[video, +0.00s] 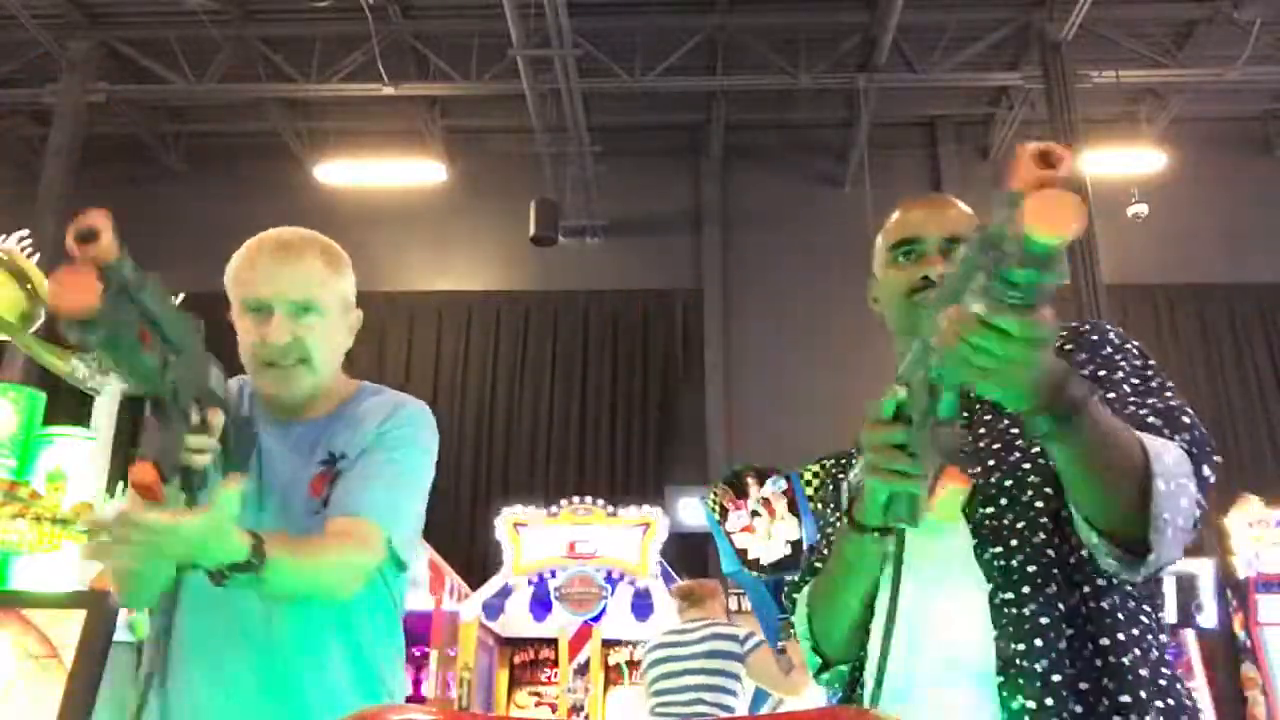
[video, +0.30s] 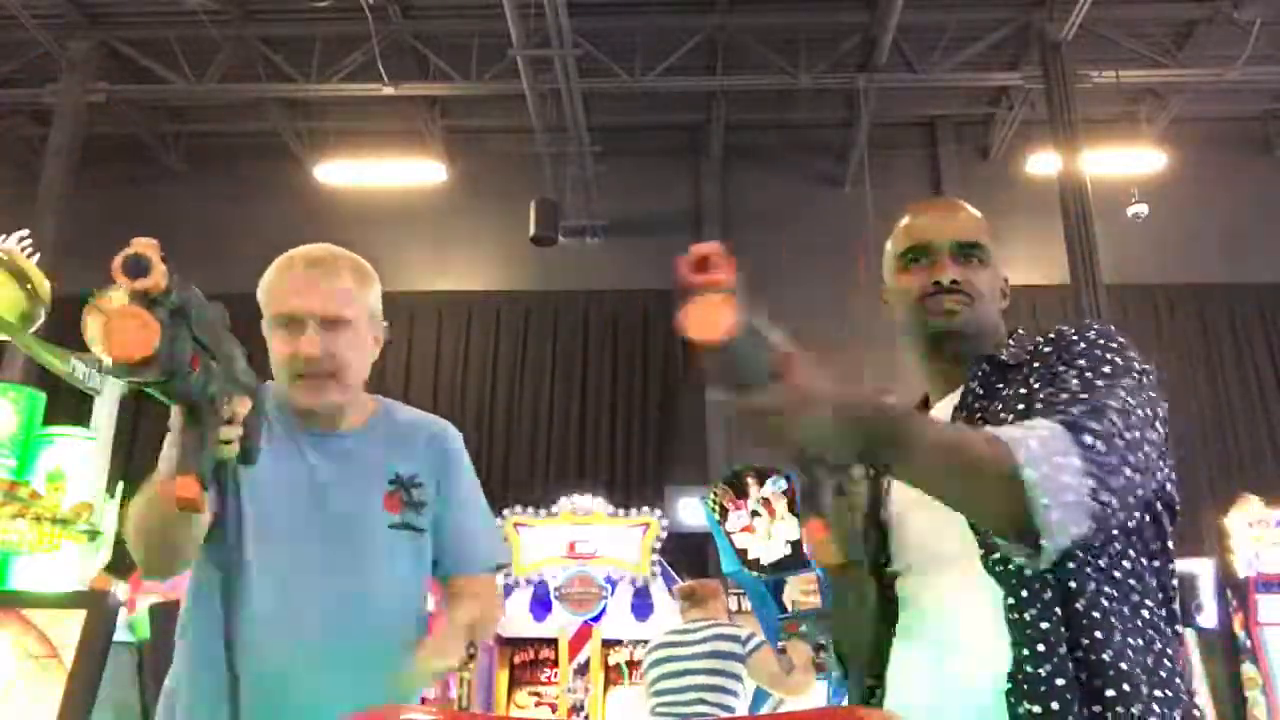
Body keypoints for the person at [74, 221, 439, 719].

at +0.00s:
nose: (277, 336)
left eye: (304, 312)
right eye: (258, 311)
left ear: (351, 323)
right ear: (234, 321)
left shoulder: (396, 424)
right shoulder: (202, 413)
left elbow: (345, 565)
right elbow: (132, 589)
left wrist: (228, 550)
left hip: (337, 711)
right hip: (193, 709)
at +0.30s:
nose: (309, 347)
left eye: (333, 324)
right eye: (289, 325)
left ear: (377, 338)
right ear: (265, 336)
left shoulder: (431, 448)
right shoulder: (221, 426)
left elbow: (477, 597)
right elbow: (157, 561)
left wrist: (430, 658)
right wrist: (185, 445)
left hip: (366, 708)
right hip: (218, 705)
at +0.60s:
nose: (227, 295)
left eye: (254, 271)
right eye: (206, 269)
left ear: (304, 290)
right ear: (181, 281)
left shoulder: (362, 411)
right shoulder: (134, 383)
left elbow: (385, 581)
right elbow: (50, 527)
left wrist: (310, 638)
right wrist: (60, 424)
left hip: (288, 711)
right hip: (129, 705)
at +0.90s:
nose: (270, 257)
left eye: (299, 234)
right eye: (246, 233)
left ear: (352, 256)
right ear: (218, 250)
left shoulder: (412, 389)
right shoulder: (161, 366)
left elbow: (447, 572)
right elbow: (86, 526)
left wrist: (351, 648)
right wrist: (79, 405)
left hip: (330, 715)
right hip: (151, 707)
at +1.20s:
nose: (333, 300)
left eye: (359, 282)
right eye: (311, 279)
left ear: (396, 308)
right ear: (280, 298)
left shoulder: (440, 416)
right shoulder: (235, 396)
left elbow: (470, 573)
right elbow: (178, 547)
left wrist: (365, 481)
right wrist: (198, 465)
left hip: (379, 704)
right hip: (228, 703)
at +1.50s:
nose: (260, 288)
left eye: (287, 269)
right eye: (241, 265)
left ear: (329, 296)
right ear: (210, 279)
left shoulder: (379, 401)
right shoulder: (139, 389)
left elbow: (402, 563)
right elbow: (116, 562)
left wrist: (270, 474)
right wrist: (164, 467)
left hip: (317, 707)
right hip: (153, 705)